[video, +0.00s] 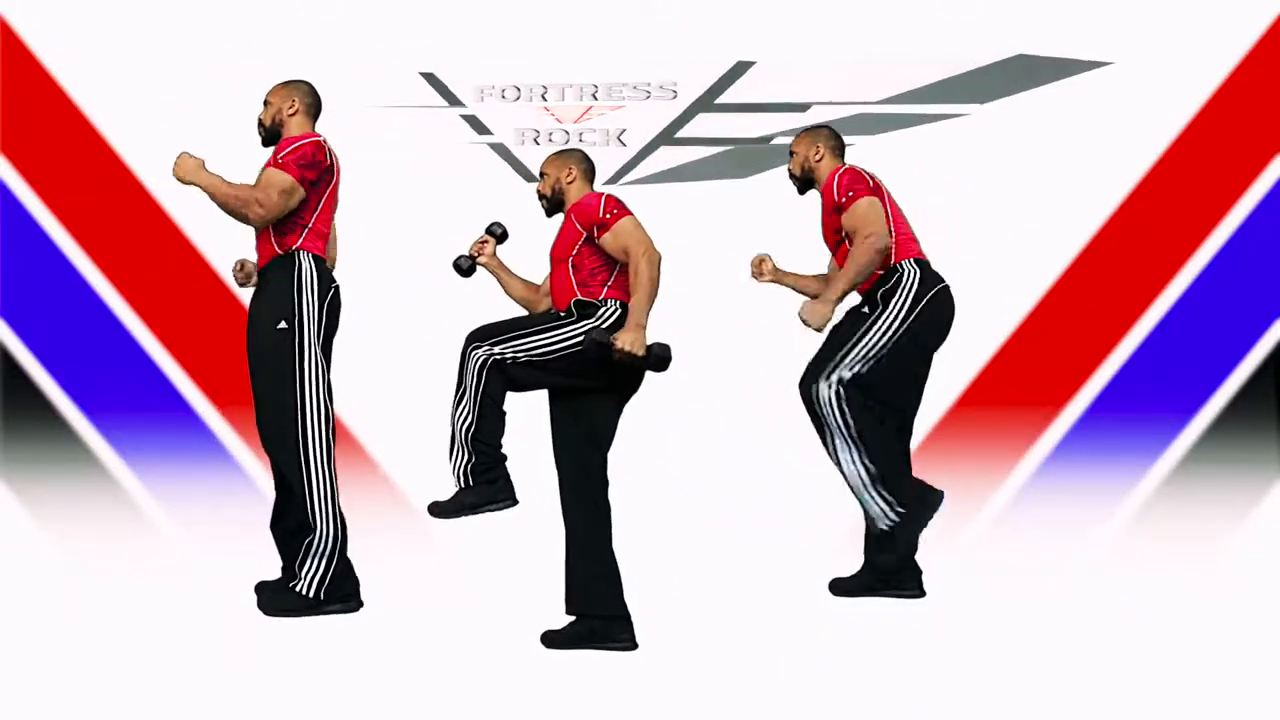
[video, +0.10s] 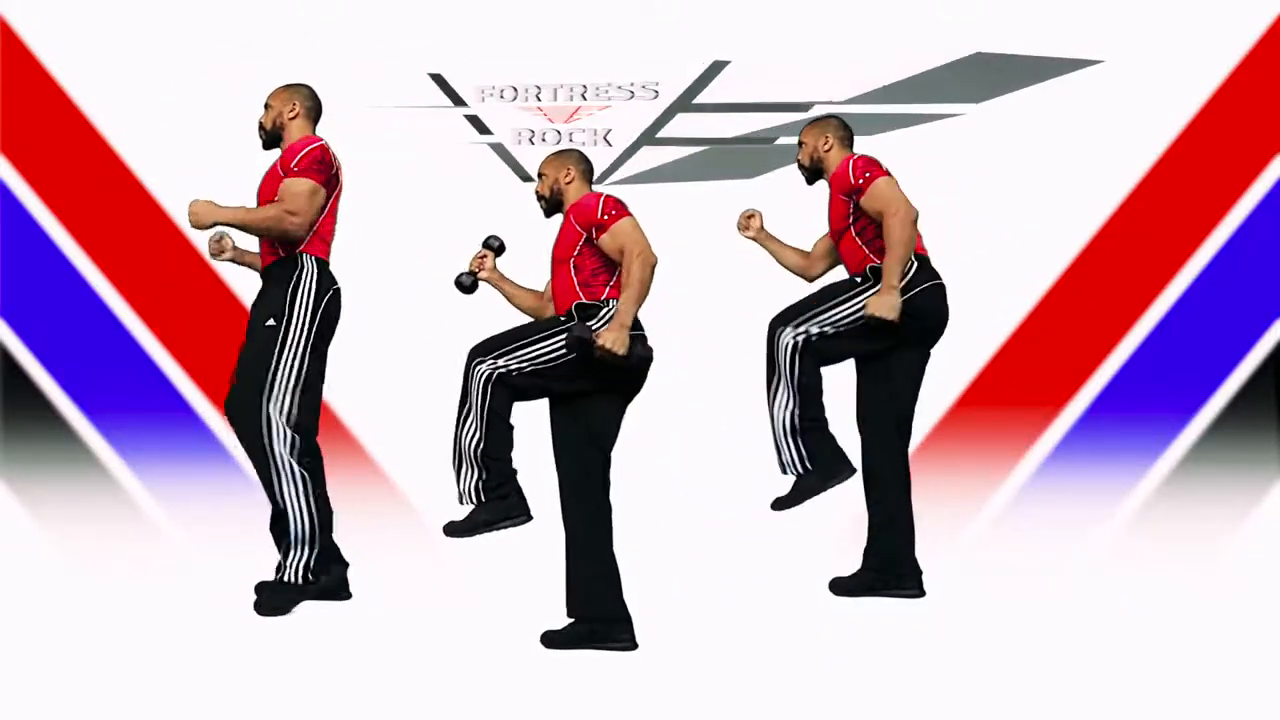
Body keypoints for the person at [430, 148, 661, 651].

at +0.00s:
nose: (538, 187)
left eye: (543, 178)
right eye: (539, 180)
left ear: (568, 175)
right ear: (569, 177)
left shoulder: (593, 203)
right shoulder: (571, 234)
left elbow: (645, 255)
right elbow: (540, 301)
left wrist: (636, 326)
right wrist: (494, 263)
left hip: (599, 321)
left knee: (483, 348)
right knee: (581, 485)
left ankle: (484, 479)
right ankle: (602, 619)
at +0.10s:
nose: (536, 187)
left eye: (541, 178)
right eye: (536, 180)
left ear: (567, 175)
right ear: (567, 177)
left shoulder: (590, 203)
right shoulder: (572, 233)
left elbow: (640, 256)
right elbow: (549, 308)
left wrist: (622, 322)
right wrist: (494, 277)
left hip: (593, 335)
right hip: (604, 349)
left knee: (485, 365)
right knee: (583, 489)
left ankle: (496, 496)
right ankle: (602, 620)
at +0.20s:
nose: (533, 190)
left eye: (538, 180)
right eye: (533, 183)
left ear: (563, 177)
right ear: (567, 178)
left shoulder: (591, 207)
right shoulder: (570, 234)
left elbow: (627, 263)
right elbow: (570, 319)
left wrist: (586, 327)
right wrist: (507, 308)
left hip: (606, 339)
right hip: (610, 352)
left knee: (506, 401)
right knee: (584, 485)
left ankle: (558, 528)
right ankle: (601, 620)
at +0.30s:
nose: (523, 194)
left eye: (527, 184)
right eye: (523, 187)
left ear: (552, 182)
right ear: (557, 184)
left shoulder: (582, 213)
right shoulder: (563, 242)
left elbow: (601, 276)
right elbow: (572, 332)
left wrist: (541, 326)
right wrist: (528, 342)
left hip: (619, 336)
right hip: (602, 347)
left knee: (551, 444)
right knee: (588, 476)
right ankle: (601, 619)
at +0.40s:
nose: (512, 204)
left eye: (516, 193)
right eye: (512, 196)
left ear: (541, 191)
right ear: (546, 193)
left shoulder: (573, 221)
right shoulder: (555, 247)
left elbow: (576, 285)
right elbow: (598, 325)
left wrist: (500, 313)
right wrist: (564, 368)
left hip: (627, 343)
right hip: (602, 361)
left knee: (616, 474)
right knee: (580, 481)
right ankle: (602, 618)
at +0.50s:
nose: (503, 215)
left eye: (507, 205)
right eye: (503, 207)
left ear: (532, 202)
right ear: (536, 204)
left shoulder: (559, 229)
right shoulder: (562, 245)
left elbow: (547, 297)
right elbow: (602, 318)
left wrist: (475, 298)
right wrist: (591, 376)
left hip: (630, 349)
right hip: (606, 366)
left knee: (673, 484)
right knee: (580, 489)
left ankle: (819, 561)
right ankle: (602, 622)